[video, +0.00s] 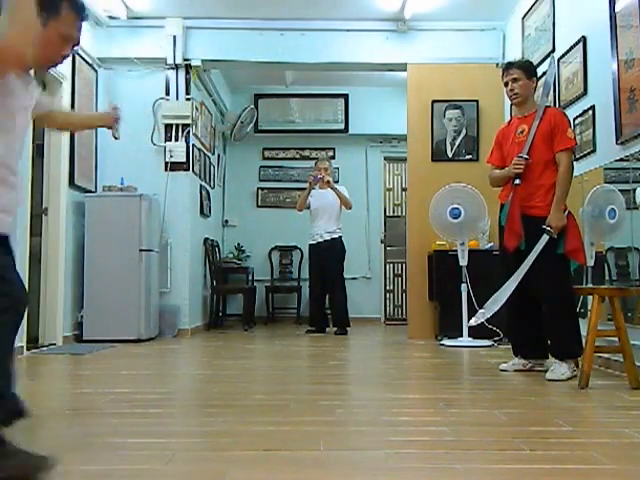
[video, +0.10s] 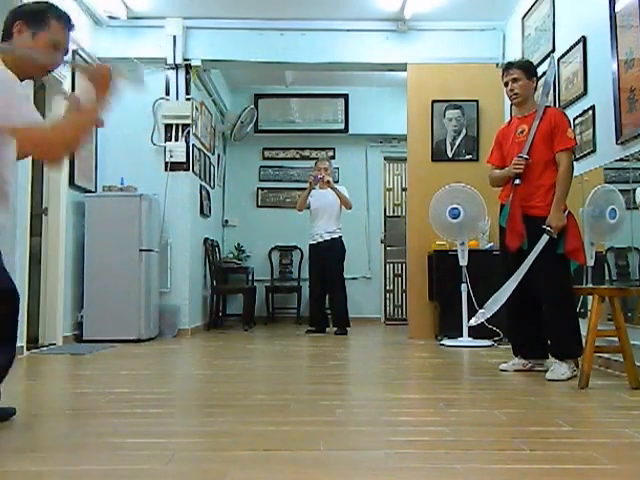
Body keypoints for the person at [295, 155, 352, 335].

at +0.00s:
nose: (322, 173)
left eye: (325, 170)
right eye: (319, 170)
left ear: (330, 172)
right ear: (314, 172)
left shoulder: (339, 189)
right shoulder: (311, 193)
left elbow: (348, 206)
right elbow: (299, 208)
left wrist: (332, 188)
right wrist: (309, 188)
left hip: (333, 241)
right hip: (315, 243)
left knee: (336, 285)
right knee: (316, 286)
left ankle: (341, 324)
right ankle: (318, 324)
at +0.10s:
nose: (322, 173)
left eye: (325, 170)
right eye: (319, 170)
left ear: (330, 172)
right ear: (314, 172)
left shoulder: (339, 189)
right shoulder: (311, 193)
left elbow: (348, 206)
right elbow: (299, 208)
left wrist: (332, 188)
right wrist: (309, 188)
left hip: (333, 241)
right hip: (315, 243)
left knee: (336, 285)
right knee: (316, 286)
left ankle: (341, 324)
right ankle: (318, 324)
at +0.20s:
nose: (322, 173)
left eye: (325, 170)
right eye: (319, 170)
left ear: (330, 172)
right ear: (314, 172)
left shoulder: (339, 189)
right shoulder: (311, 193)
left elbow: (348, 206)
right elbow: (300, 208)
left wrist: (332, 187)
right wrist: (309, 188)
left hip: (334, 241)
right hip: (315, 243)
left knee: (336, 285)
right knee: (316, 286)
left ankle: (341, 324)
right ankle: (318, 324)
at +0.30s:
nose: (322, 173)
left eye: (325, 170)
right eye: (319, 170)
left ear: (330, 172)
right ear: (315, 172)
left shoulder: (339, 189)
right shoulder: (311, 193)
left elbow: (348, 206)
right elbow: (300, 208)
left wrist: (332, 187)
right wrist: (309, 188)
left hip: (334, 241)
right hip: (315, 243)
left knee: (336, 285)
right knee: (316, 286)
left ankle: (341, 325)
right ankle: (318, 324)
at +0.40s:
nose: (322, 173)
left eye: (325, 170)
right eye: (319, 170)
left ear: (330, 172)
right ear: (315, 172)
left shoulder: (339, 190)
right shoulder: (311, 193)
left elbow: (348, 206)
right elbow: (300, 208)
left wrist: (332, 188)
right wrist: (309, 188)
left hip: (334, 241)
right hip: (316, 243)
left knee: (336, 285)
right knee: (316, 286)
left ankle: (341, 324)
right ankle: (318, 324)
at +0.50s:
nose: (322, 173)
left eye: (325, 170)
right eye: (319, 170)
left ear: (330, 172)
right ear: (315, 172)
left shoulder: (339, 189)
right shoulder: (311, 193)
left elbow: (348, 206)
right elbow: (300, 208)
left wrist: (332, 188)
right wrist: (309, 188)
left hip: (334, 241)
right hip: (316, 243)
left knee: (336, 285)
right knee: (316, 286)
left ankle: (341, 325)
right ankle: (318, 324)